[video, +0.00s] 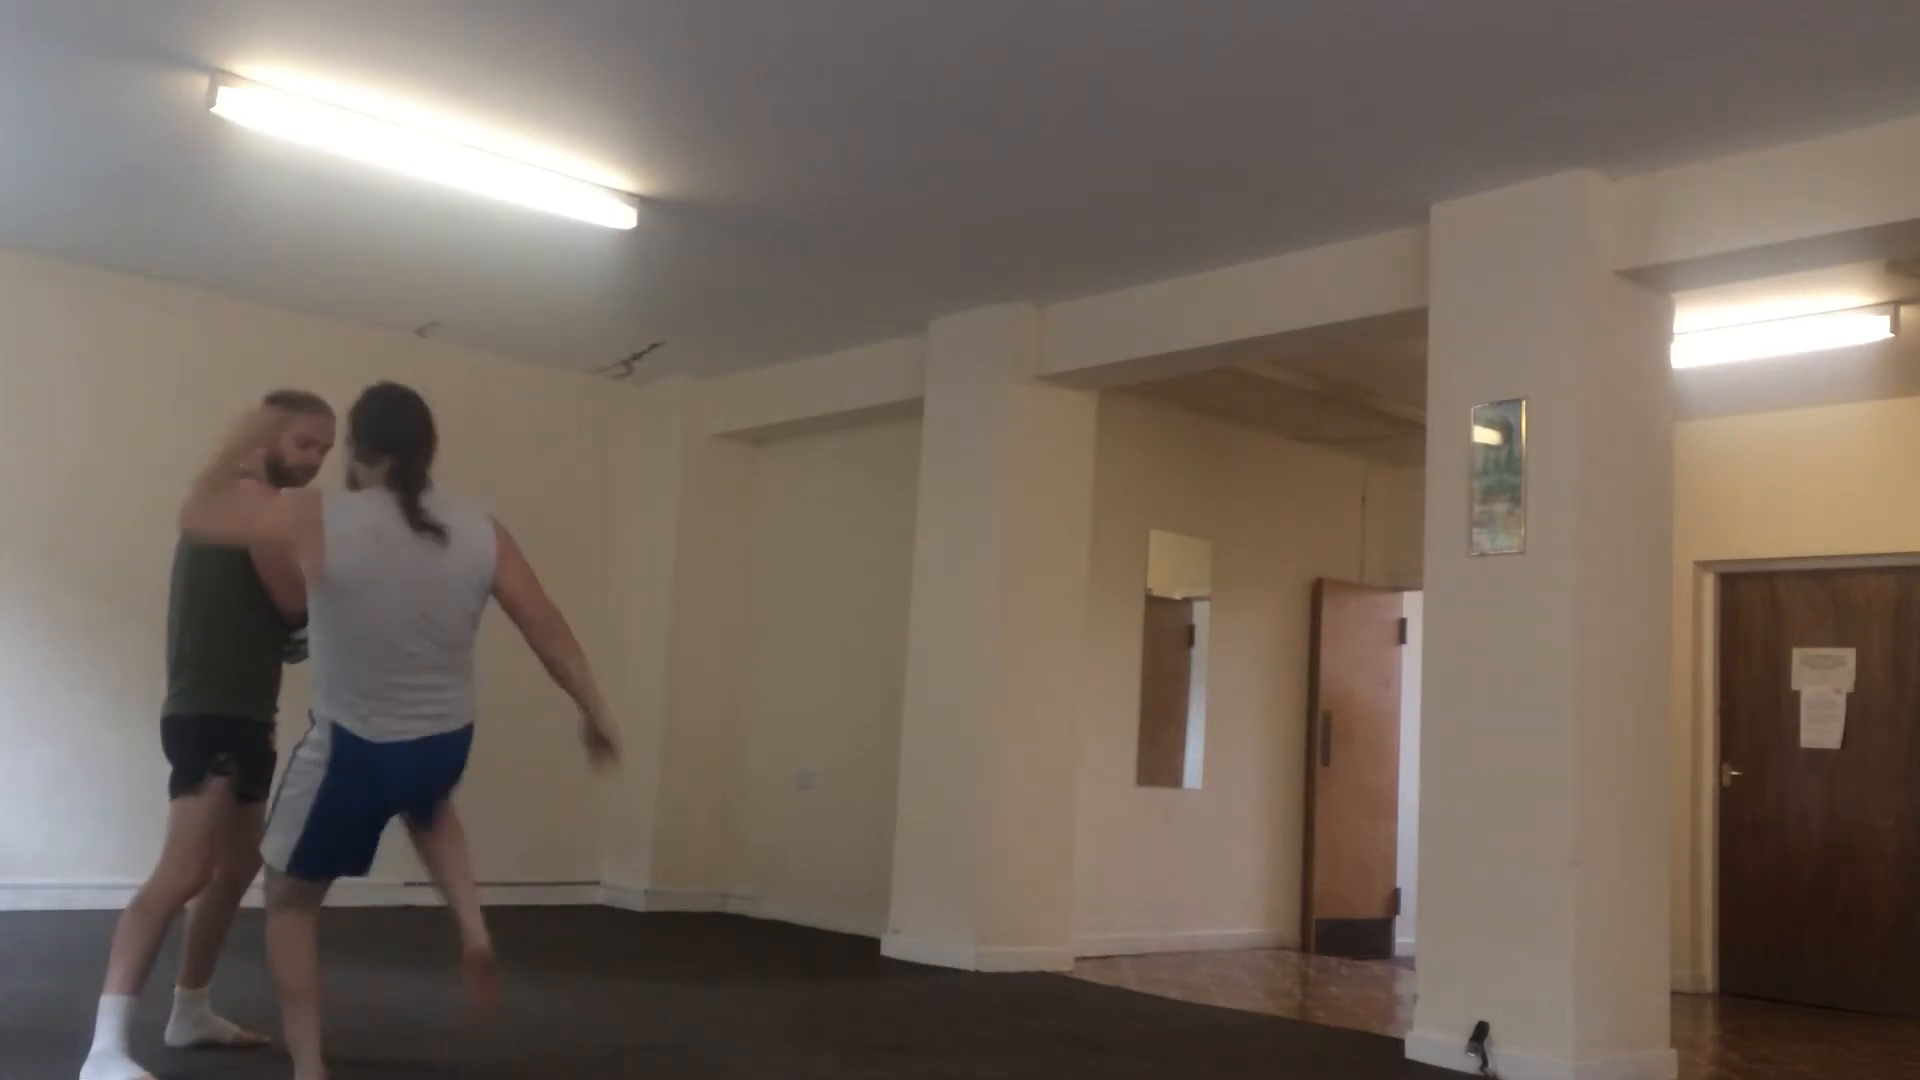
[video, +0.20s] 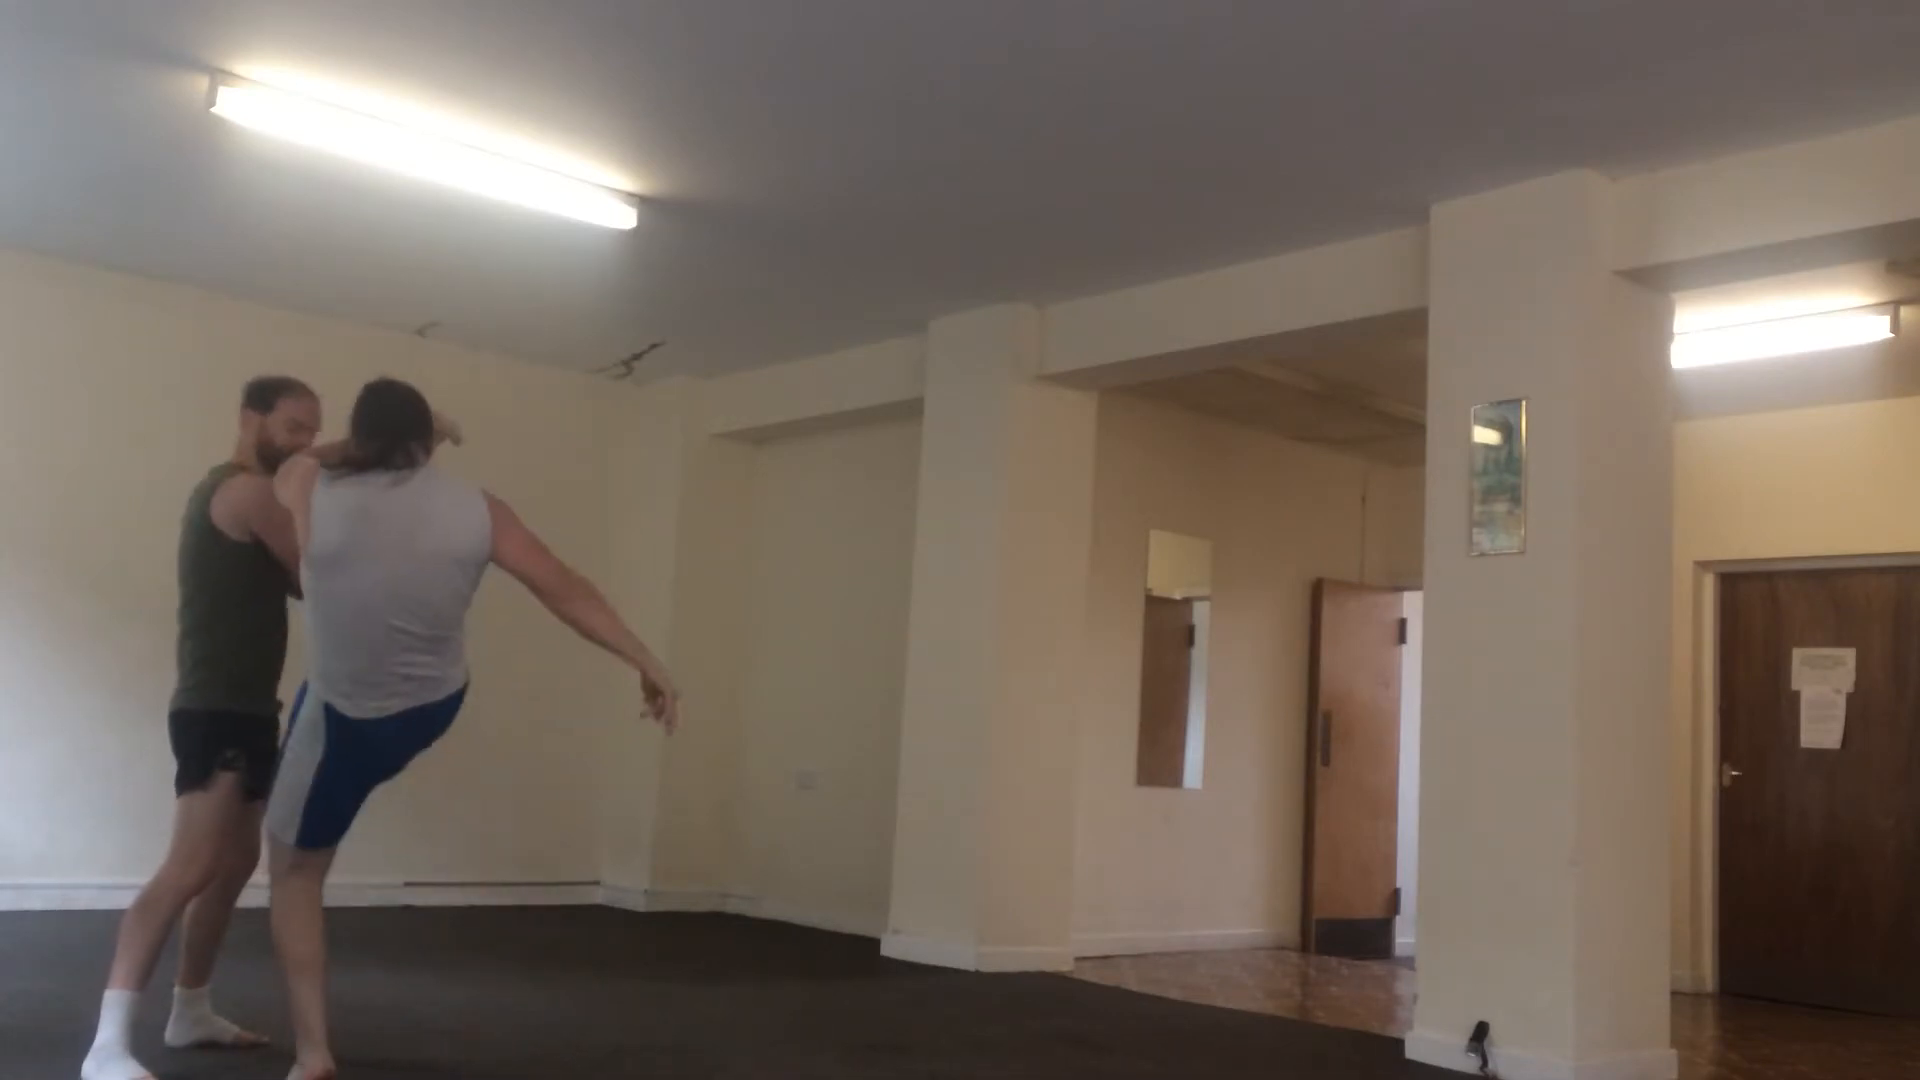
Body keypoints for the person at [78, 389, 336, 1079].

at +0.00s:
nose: (316, 460)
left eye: (323, 450)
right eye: (307, 445)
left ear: (306, 444)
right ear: (267, 432)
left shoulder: (237, 494)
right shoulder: (250, 495)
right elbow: (294, 601)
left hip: (243, 714)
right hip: (214, 714)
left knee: (236, 867)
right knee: (182, 871)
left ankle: (191, 1012)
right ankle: (105, 1048)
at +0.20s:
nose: (307, 444)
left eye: (313, 432)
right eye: (296, 428)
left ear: (259, 429)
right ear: (251, 422)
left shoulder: (236, 489)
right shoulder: (243, 491)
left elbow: (302, 584)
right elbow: (317, 575)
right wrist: (312, 490)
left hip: (247, 710)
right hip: (219, 711)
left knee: (232, 864)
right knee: (187, 868)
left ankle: (191, 1012)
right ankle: (107, 1043)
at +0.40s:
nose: (303, 445)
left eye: (309, 433)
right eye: (290, 431)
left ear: (303, 433)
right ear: (249, 428)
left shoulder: (252, 498)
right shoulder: (229, 496)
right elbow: (294, 588)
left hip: (257, 715)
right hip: (219, 715)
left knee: (246, 865)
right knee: (196, 865)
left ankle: (192, 1012)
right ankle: (112, 1041)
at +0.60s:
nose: (324, 461)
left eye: (334, 450)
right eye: (314, 444)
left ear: (339, 456)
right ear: (278, 437)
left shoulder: (294, 518)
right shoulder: (232, 498)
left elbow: (287, 609)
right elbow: (230, 600)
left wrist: (319, 625)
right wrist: (312, 611)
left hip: (263, 708)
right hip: (208, 705)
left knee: (249, 863)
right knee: (200, 856)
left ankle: (192, 1012)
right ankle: (130, 1033)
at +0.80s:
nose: (324, 460)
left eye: (335, 451)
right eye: (314, 445)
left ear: (341, 453)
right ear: (280, 436)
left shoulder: (324, 520)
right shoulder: (233, 498)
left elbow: (325, 612)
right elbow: (211, 595)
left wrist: (366, 629)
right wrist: (299, 607)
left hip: (273, 708)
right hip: (206, 703)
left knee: (232, 867)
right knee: (190, 863)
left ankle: (193, 1008)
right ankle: (162, 1030)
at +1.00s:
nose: (317, 455)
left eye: (329, 445)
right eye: (306, 441)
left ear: (337, 445)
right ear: (271, 432)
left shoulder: (334, 516)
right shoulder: (224, 497)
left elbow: (333, 615)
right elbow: (202, 597)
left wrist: (366, 612)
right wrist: (297, 597)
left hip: (284, 708)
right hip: (205, 702)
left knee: (285, 878)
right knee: (184, 869)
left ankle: (216, 989)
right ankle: (168, 1039)